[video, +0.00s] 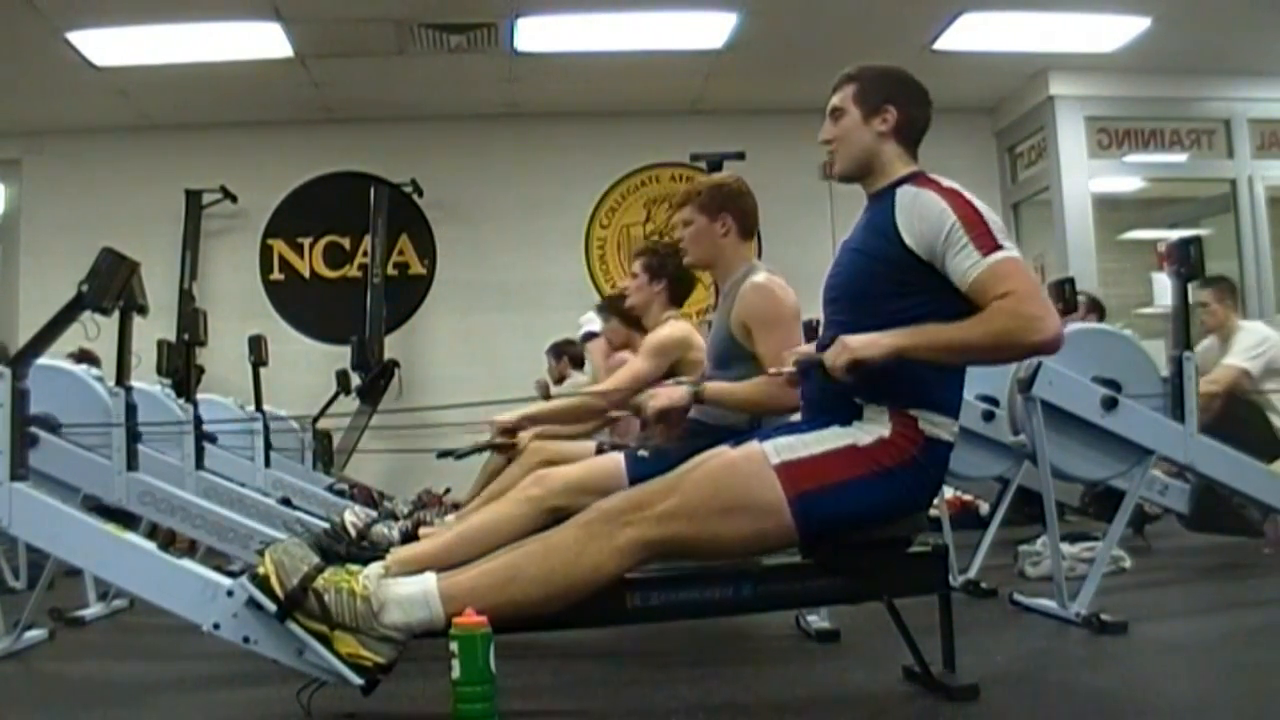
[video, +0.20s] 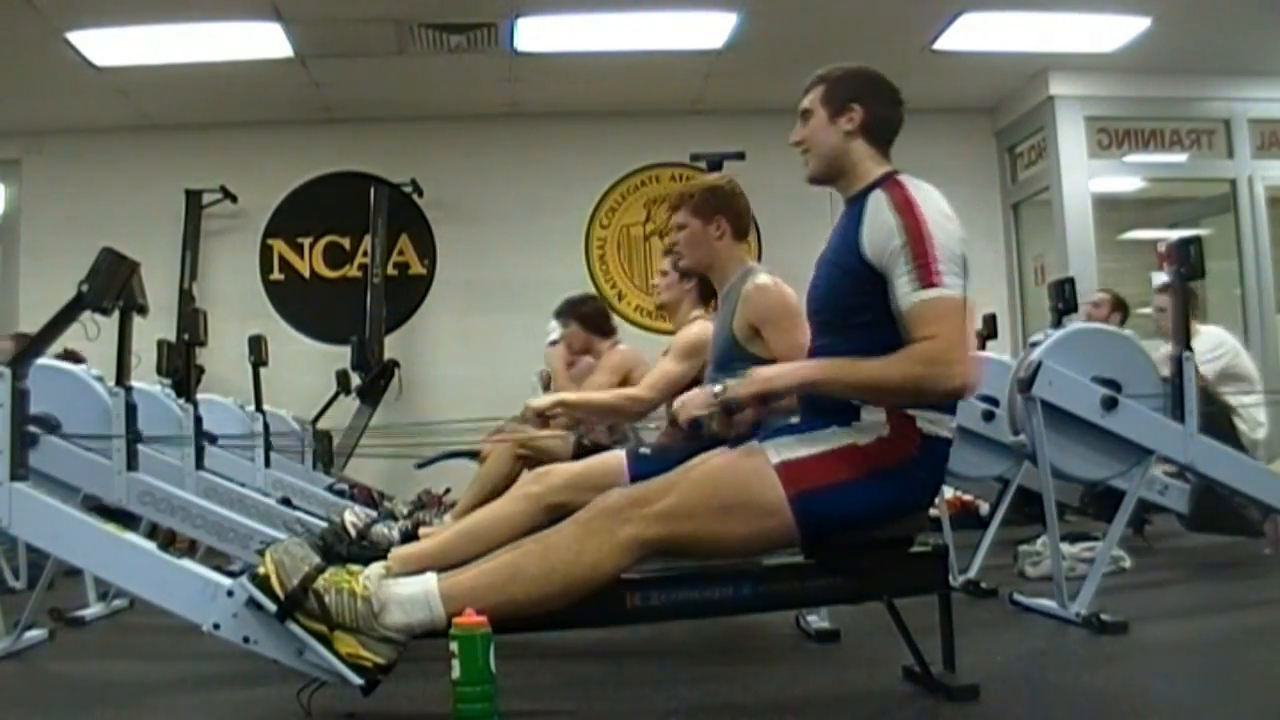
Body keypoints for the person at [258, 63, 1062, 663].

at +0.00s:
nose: (822, 135)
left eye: (834, 118)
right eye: (825, 120)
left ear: (883, 122)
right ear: (872, 126)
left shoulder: (926, 196)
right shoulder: (880, 222)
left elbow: (1032, 321)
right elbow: (823, 374)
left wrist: (880, 344)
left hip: (889, 443)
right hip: (847, 432)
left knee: (644, 521)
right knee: (628, 510)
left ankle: (399, 609)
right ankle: (399, 600)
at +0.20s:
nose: (796, 136)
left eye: (808, 118)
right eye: (798, 122)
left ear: (853, 120)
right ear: (851, 127)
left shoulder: (902, 205)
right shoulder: (857, 221)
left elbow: (949, 366)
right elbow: (845, 369)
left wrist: (791, 377)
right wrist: (739, 397)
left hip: (885, 442)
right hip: (839, 434)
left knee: (638, 517)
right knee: (606, 501)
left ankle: (398, 611)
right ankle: (394, 597)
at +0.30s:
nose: (770, 137)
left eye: (781, 120)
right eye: (772, 123)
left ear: (828, 122)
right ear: (828, 128)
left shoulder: (879, 204)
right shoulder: (836, 222)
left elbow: (873, 378)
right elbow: (827, 377)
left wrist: (714, 396)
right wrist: (704, 395)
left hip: (880, 444)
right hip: (840, 438)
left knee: (627, 506)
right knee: (604, 497)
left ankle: (397, 608)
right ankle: (392, 601)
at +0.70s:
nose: (582, 163)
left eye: (593, 143)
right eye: (586, 146)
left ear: (637, 147)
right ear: (639, 149)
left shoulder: (696, 224)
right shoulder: (673, 231)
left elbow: (563, 373)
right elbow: (584, 379)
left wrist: (428, 443)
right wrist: (456, 452)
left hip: (788, 455)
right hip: (748, 448)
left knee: (551, 408)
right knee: (536, 428)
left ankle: (391, 604)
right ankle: (388, 597)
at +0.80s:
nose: (530, 173)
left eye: (538, 154)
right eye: (531, 156)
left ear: (580, 154)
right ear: (589, 159)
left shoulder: (640, 230)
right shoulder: (627, 237)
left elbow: (507, 374)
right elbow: (522, 383)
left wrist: (372, 451)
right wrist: (399, 455)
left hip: (748, 457)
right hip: (719, 452)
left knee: (513, 400)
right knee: (504, 411)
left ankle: (390, 603)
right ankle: (390, 589)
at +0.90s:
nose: (479, 176)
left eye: (487, 157)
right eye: (480, 160)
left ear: (524, 159)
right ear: (530, 162)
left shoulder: (586, 236)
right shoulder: (559, 247)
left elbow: (445, 377)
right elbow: (458, 392)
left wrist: (314, 457)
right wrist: (351, 471)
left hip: (702, 461)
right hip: (674, 454)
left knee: (474, 385)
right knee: (474, 387)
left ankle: (386, 603)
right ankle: (386, 598)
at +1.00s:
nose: (431, 177)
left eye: (440, 160)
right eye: (434, 161)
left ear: (476, 164)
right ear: (486, 168)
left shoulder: (533, 242)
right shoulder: (502, 252)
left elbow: (385, 378)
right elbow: (408, 391)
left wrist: (261, 460)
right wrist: (306, 471)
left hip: (655, 464)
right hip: (629, 457)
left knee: (440, 378)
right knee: (438, 374)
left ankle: (385, 600)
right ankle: (384, 581)